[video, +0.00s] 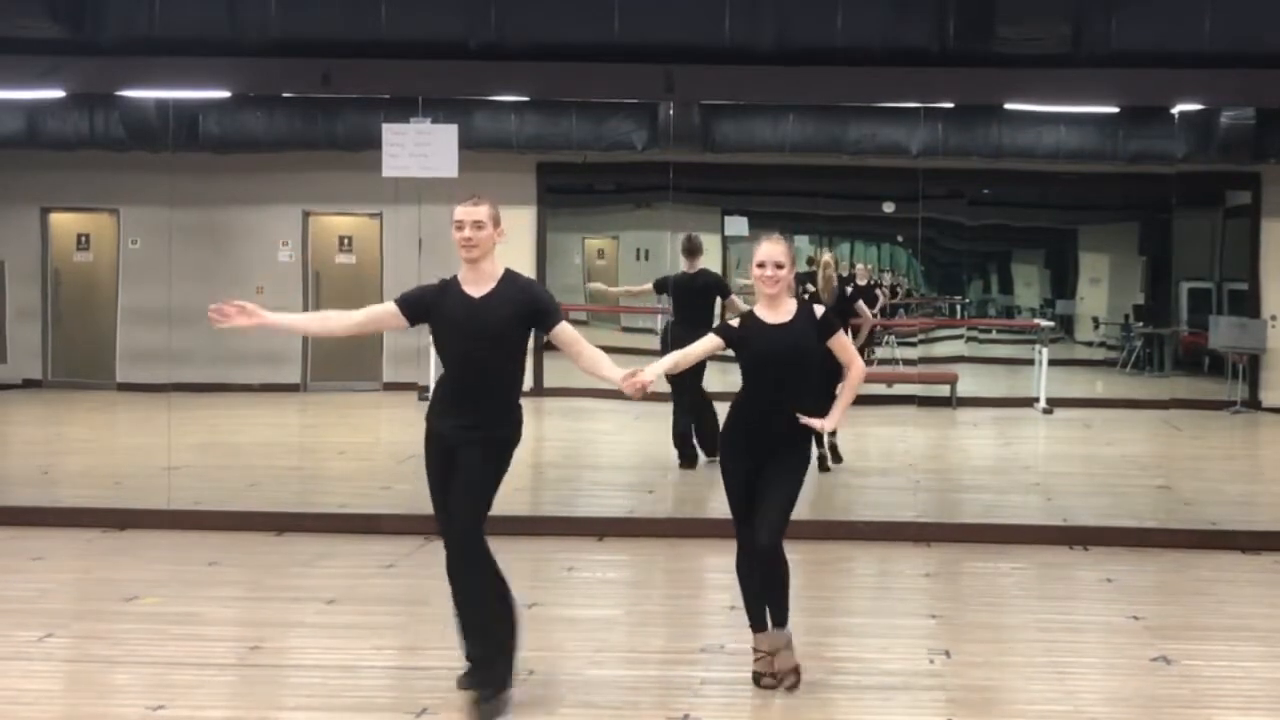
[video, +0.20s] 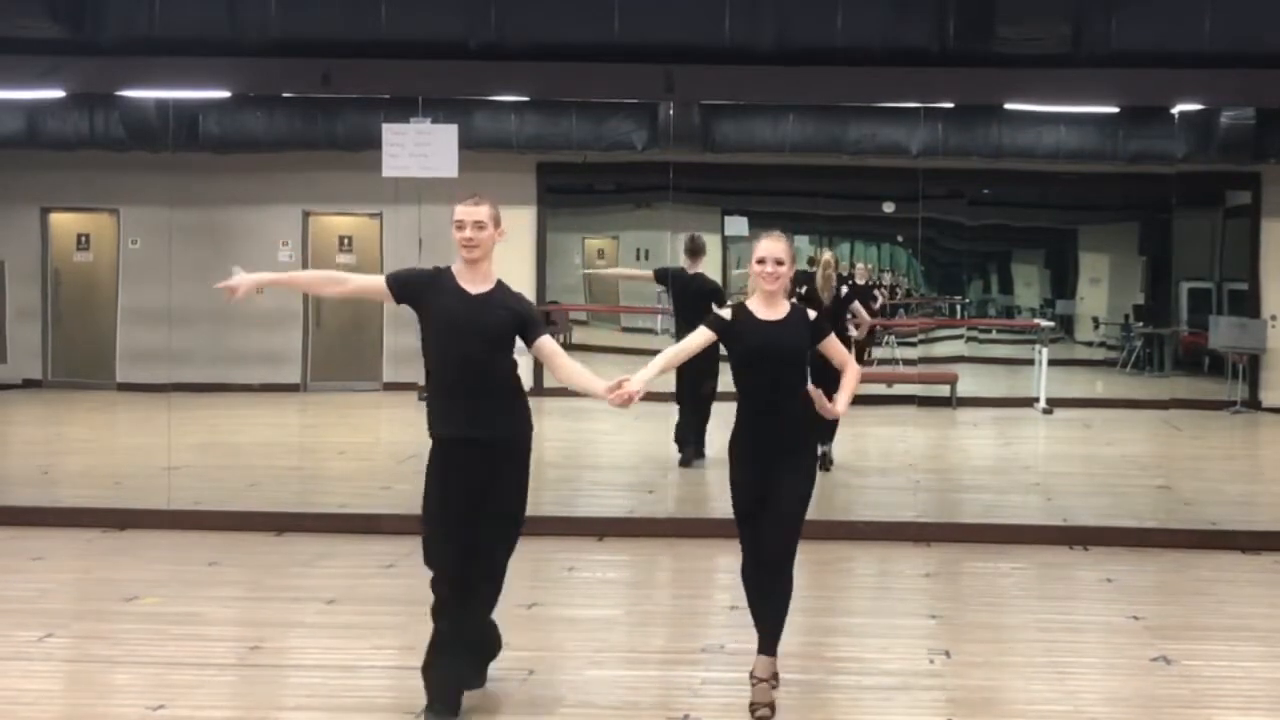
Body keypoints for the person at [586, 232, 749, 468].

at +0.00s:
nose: (692, 256)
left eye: (686, 253)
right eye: (696, 251)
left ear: (682, 254)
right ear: (702, 253)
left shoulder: (673, 281)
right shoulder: (714, 280)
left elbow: (636, 291)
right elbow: (739, 308)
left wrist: (607, 291)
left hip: (675, 345)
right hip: (701, 345)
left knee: (680, 398)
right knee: (696, 392)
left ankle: (687, 456)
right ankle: (711, 445)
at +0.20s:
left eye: (690, 253)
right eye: (701, 253)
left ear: (684, 254)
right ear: (704, 255)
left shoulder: (673, 276)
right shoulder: (711, 286)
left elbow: (634, 274)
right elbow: (727, 314)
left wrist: (597, 273)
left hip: (682, 350)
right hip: (707, 350)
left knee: (685, 398)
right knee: (703, 398)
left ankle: (685, 445)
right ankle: (696, 448)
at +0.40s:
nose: (700, 257)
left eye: (692, 253)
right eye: (704, 253)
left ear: (686, 254)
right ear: (707, 255)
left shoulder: (674, 271)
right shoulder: (710, 285)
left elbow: (637, 262)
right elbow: (730, 313)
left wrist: (607, 255)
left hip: (684, 349)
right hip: (708, 350)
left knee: (684, 398)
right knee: (704, 399)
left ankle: (683, 447)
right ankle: (697, 448)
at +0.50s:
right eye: (705, 254)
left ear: (687, 254)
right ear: (706, 256)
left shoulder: (676, 271)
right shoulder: (713, 284)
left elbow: (640, 254)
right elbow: (733, 313)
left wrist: (616, 243)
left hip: (681, 351)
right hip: (707, 352)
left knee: (682, 398)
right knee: (703, 399)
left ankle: (677, 446)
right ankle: (696, 449)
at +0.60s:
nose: (697, 256)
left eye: (693, 252)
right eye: (703, 252)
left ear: (688, 253)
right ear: (709, 253)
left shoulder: (679, 275)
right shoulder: (719, 281)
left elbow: (639, 258)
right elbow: (734, 309)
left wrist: (637, 240)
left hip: (678, 345)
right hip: (705, 346)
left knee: (676, 397)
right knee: (699, 398)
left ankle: (676, 447)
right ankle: (695, 448)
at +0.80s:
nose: (710, 254)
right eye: (713, 251)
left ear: (695, 251)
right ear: (714, 252)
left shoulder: (682, 277)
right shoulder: (723, 280)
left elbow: (658, 290)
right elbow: (743, 303)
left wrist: (641, 271)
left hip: (678, 343)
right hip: (706, 344)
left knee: (675, 397)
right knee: (700, 396)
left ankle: (673, 453)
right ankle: (692, 451)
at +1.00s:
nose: (728, 253)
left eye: (727, 249)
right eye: (726, 249)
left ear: (707, 252)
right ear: (720, 252)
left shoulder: (695, 280)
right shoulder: (729, 279)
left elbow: (694, 310)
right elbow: (736, 309)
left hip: (693, 339)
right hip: (720, 343)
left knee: (681, 397)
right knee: (715, 399)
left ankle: (674, 453)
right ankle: (717, 455)